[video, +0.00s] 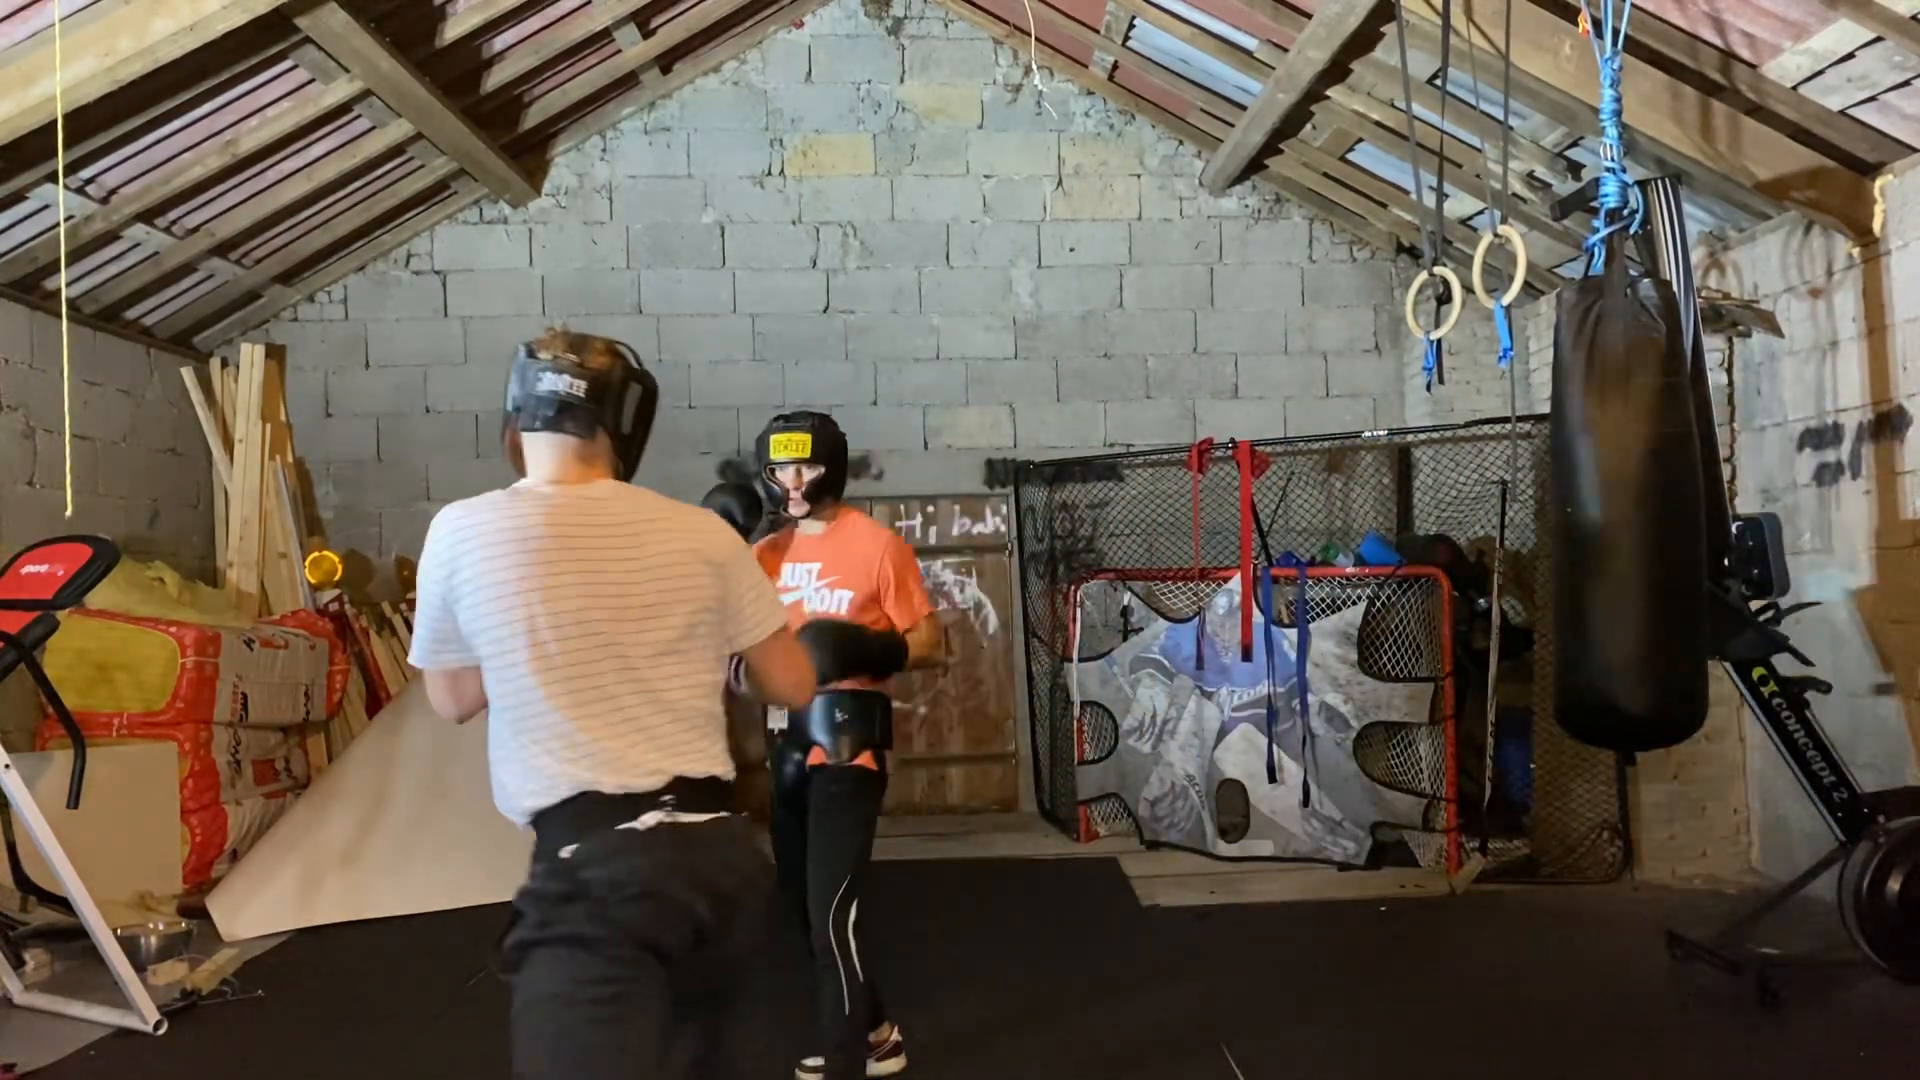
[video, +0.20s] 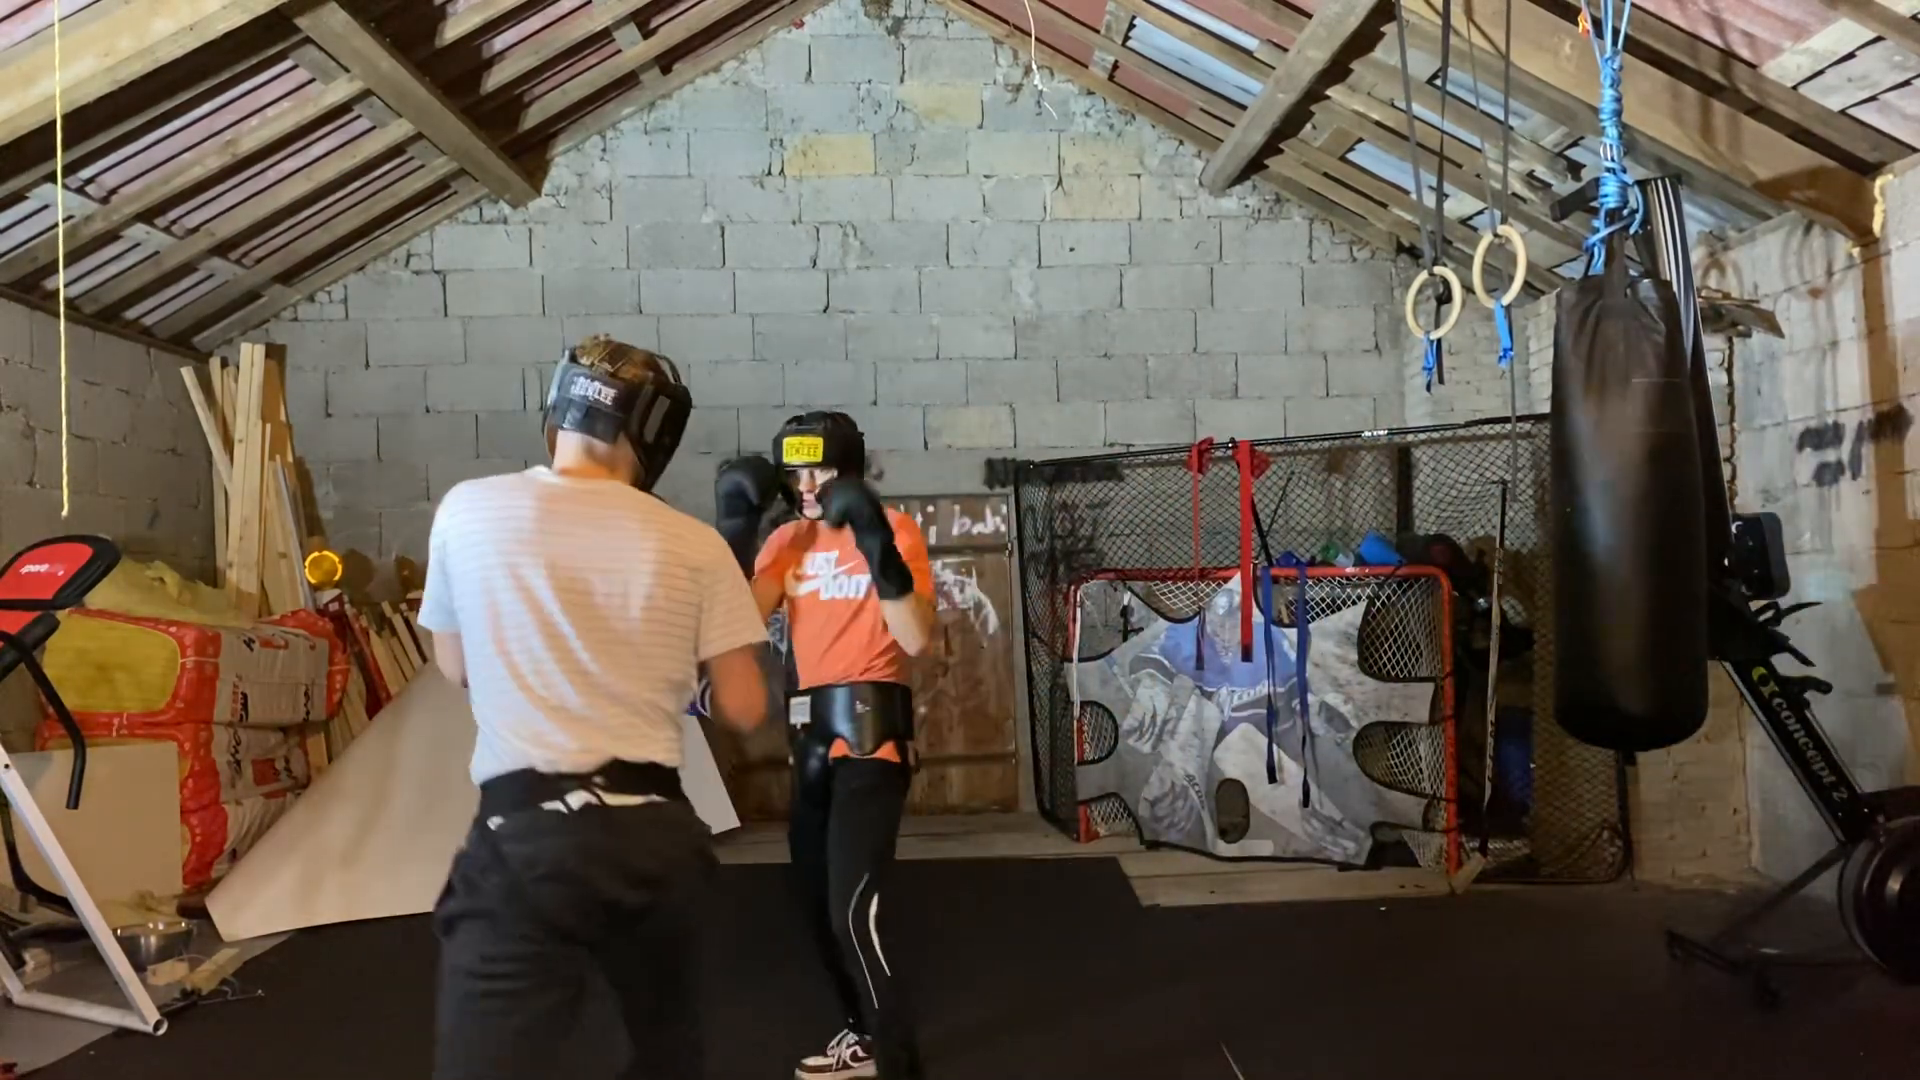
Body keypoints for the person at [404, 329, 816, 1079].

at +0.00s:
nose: (513, 431)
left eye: (513, 416)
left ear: (514, 429)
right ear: (624, 428)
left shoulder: (460, 534)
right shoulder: (703, 535)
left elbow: (455, 698)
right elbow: (794, 683)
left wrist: (536, 622)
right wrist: (725, 651)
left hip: (590, 870)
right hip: (725, 853)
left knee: (582, 1065)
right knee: (747, 1067)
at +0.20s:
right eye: (663, 425)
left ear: (554, 414)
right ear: (655, 433)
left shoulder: (467, 510)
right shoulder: (694, 545)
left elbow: (456, 666)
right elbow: (745, 707)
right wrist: (695, 676)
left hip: (522, 840)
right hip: (656, 831)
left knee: (486, 1065)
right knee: (671, 1054)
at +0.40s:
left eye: (495, 381)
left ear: (492, 389)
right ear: (590, 406)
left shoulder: (414, 480)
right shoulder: (632, 508)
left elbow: (411, 625)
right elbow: (697, 653)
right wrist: (645, 630)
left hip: (469, 798)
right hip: (601, 793)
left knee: (388, 1054)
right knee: (632, 1048)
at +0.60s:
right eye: (494, 431)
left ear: (386, 428)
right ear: (486, 437)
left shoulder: (310, 534)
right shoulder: (528, 532)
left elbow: (316, 648)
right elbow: (615, 659)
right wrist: (652, 626)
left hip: (382, 841)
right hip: (514, 832)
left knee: (327, 1056)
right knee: (595, 1044)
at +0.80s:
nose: (435, 421)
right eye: (431, 408)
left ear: (327, 407)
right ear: (421, 415)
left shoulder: (255, 519)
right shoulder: (460, 501)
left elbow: (283, 635)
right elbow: (530, 620)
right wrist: (611, 599)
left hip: (345, 807)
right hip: (467, 788)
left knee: (308, 1036)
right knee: (558, 992)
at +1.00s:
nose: (453, 453)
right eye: (449, 439)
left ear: (348, 436)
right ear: (435, 444)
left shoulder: (277, 541)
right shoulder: (466, 527)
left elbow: (357, 606)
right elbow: (542, 643)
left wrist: (458, 528)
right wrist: (617, 618)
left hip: (340, 820)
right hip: (459, 813)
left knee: (301, 1038)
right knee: (535, 1024)